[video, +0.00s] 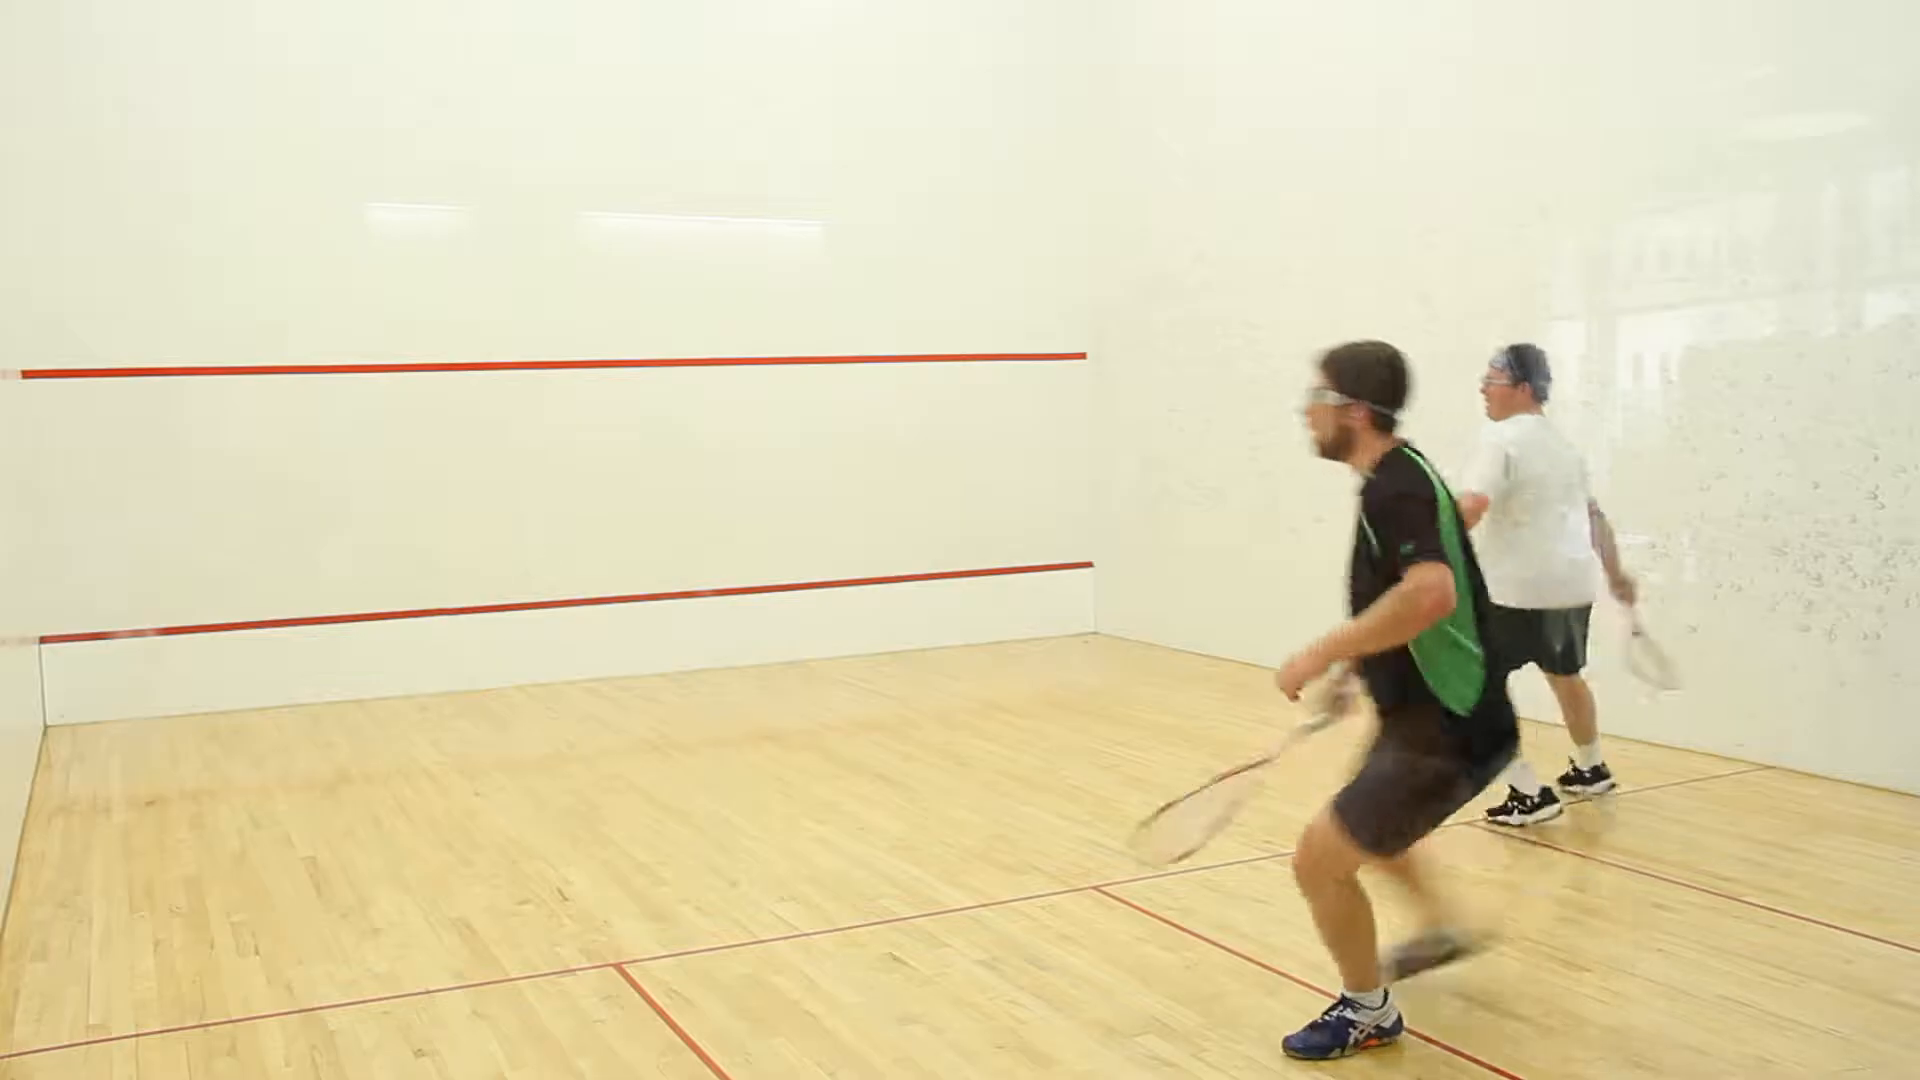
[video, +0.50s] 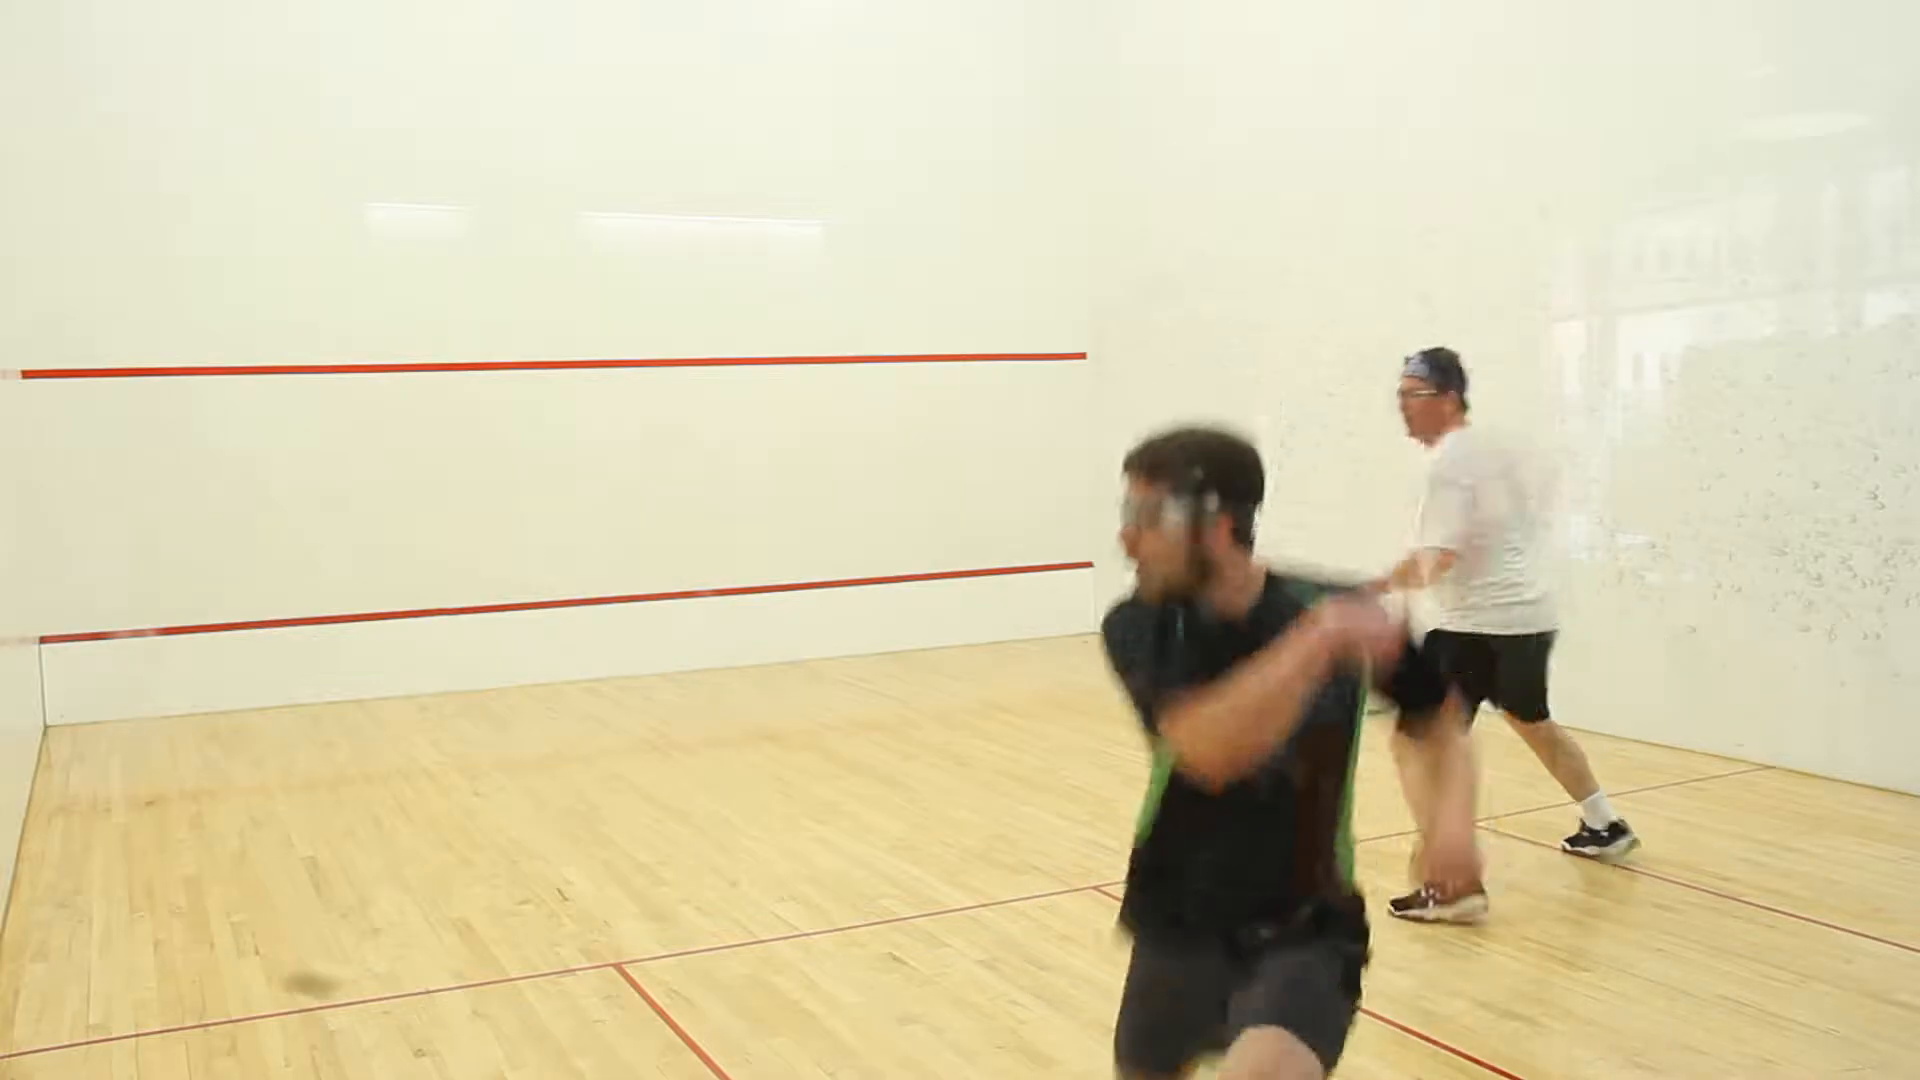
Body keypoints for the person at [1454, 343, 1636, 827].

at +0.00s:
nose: (1483, 391)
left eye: (1492, 383)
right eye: (1485, 382)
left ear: (1523, 389)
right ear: (1530, 391)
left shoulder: (1502, 441)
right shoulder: (1563, 444)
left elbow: (1470, 509)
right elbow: (1594, 516)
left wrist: (1423, 540)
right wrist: (1616, 573)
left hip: (1514, 593)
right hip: (1572, 589)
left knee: (1478, 679)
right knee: (1565, 672)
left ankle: (1525, 789)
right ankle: (1592, 766)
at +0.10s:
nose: (1469, 374)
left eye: (1478, 365)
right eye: (1469, 365)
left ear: (1512, 369)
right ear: (1518, 372)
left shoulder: (1496, 417)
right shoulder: (1549, 421)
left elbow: (1484, 482)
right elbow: (1590, 493)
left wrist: (1440, 531)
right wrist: (1618, 554)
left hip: (1516, 586)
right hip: (1569, 579)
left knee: (1495, 682)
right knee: (1546, 665)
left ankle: (1530, 795)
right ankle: (1599, 775)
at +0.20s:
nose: (1456, 362)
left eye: (1466, 353)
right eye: (1456, 352)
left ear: (1502, 359)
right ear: (1504, 362)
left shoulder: (1489, 406)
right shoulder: (1538, 407)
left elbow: (1494, 475)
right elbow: (1580, 483)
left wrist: (1447, 539)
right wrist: (1601, 548)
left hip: (1515, 578)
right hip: (1568, 570)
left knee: (1489, 681)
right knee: (1532, 676)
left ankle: (1523, 796)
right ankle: (1600, 781)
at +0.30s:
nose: (1446, 379)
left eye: (1456, 370)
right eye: (1445, 369)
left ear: (1493, 374)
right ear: (1492, 376)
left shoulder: (1482, 428)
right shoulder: (1533, 419)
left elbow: (1494, 504)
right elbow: (1557, 496)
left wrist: (1443, 558)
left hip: (1513, 594)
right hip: (1562, 589)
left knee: (1452, 693)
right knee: (1538, 701)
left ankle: (1516, 811)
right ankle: (1605, 819)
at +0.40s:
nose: (1435, 405)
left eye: (1445, 394)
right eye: (1432, 394)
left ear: (1478, 397)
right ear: (1480, 398)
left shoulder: (1474, 454)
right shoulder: (1509, 441)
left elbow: (1477, 540)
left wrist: (1423, 580)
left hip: (1507, 615)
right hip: (1553, 610)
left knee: (1430, 716)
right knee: (1533, 712)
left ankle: (1477, 837)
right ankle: (1608, 825)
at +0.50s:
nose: (1401, 407)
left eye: (1411, 396)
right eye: (1401, 396)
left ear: (1449, 399)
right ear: (1449, 401)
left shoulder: (1453, 462)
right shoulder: (1503, 449)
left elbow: (1437, 555)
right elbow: (1532, 522)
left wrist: (1380, 585)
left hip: (1470, 626)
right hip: (1528, 620)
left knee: (1424, 738)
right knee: (1531, 719)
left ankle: (1451, 879)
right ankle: (1604, 823)